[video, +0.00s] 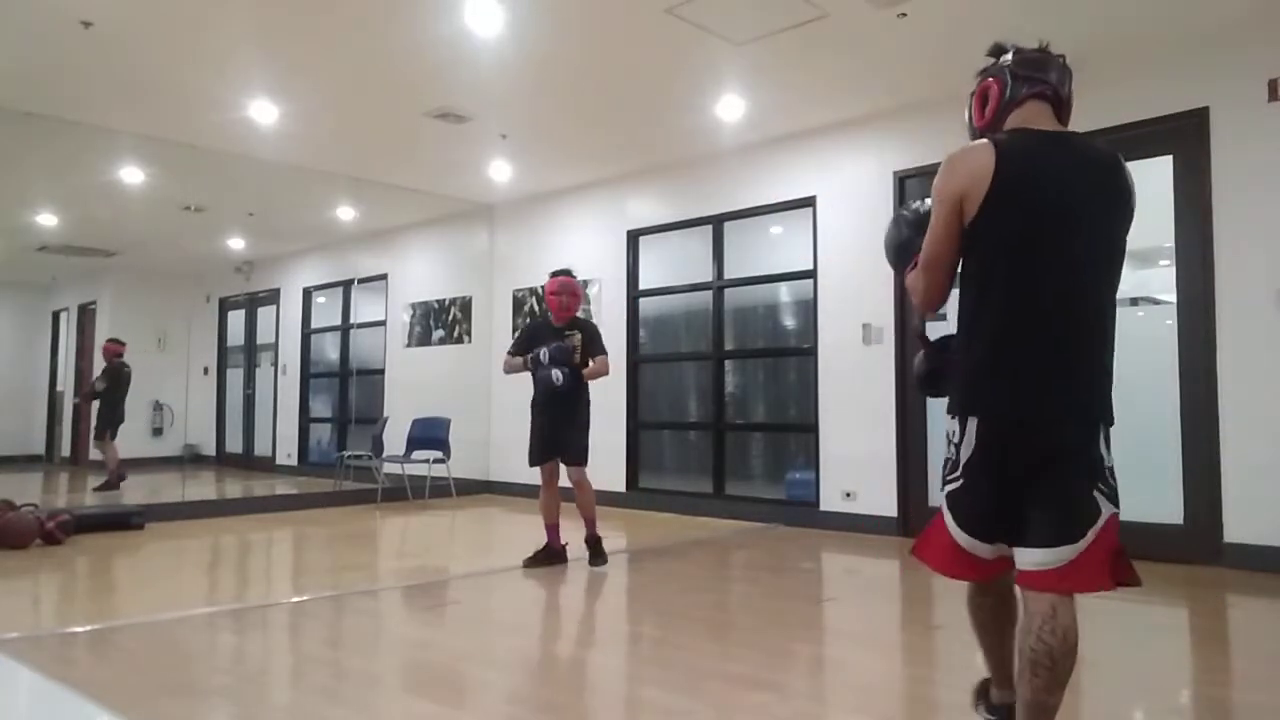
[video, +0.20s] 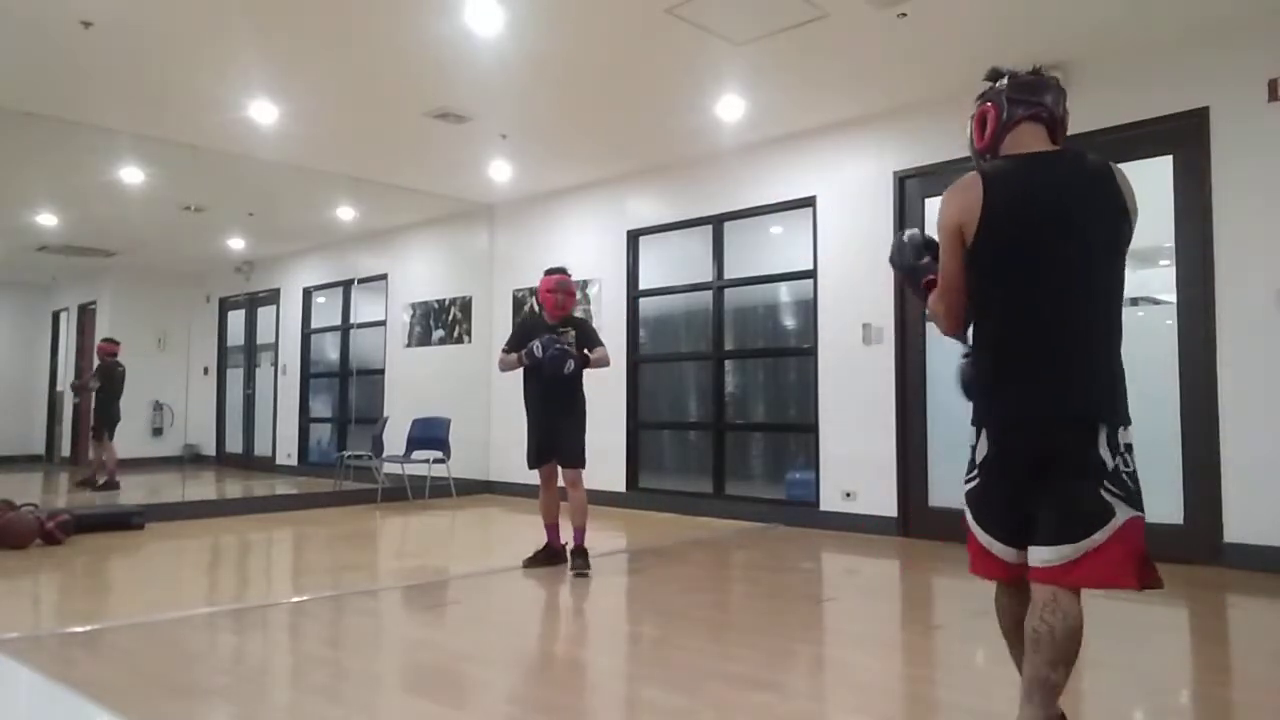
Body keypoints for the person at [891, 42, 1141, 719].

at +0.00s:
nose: (972, 112)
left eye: (973, 103)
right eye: (972, 105)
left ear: (990, 96)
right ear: (1063, 105)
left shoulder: (970, 164)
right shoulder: (1112, 171)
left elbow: (927, 295)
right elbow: (1086, 284)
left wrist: (911, 256)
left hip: (992, 398)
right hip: (1079, 397)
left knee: (987, 566)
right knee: (1051, 583)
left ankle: (1005, 691)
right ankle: (1036, 715)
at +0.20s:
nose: (975, 135)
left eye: (976, 125)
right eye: (974, 127)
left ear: (990, 120)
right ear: (1059, 122)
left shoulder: (968, 194)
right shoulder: (1112, 185)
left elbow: (952, 319)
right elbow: (1084, 284)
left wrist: (926, 280)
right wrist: (974, 268)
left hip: (1006, 407)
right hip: (1089, 402)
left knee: (1012, 573)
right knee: (1059, 578)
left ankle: (1047, 705)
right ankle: (1037, 714)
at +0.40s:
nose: (978, 148)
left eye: (980, 136)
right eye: (977, 138)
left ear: (996, 130)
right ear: (1055, 129)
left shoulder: (983, 203)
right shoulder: (1113, 181)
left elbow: (932, 317)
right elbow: (1153, 290)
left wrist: (911, 286)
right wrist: (1084, 306)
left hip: (1022, 412)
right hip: (1108, 406)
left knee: (1026, 565)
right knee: (1110, 560)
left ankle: (1050, 702)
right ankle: (1071, 678)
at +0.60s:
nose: (1000, 146)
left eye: (1002, 135)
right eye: (1001, 136)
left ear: (1018, 132)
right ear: (1075, 132)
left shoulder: (1003, 207)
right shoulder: (1131, 183)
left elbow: (957, 315)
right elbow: (1174, 284)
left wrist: (969, 279)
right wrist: (1103, 279)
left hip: (1043, 408)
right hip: (1128, 402)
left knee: (1035, 558)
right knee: (1158, 551)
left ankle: (1043, 702)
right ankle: (1194, 690)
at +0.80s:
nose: (1046, 152)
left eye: (1047, 142)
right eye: (1045, 144)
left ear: (1065, 136)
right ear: (1117, 135)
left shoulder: (1050, 202)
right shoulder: (1178, 195)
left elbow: (1020, 321)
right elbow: (1183, 300)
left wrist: (1017, 341)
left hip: (1072, 411)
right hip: (1158, 407)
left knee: (1047, 557)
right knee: (1206, 554)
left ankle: (1045, 701)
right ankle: (1256, 690)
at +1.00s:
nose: (1098, 176)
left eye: (1098, 163)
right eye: (1095, 166)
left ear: (1121, 137)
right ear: (1155, 136)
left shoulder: (1127, 195)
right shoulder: (1222, 201)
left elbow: (1066, 299)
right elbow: (1168, 281)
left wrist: (1054, 352)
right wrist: (1076, 265)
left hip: (1146, 403)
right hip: (1221, 404)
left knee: (1087, 542)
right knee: (1229, 557)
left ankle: (1073, 695)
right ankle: (1258, 699)